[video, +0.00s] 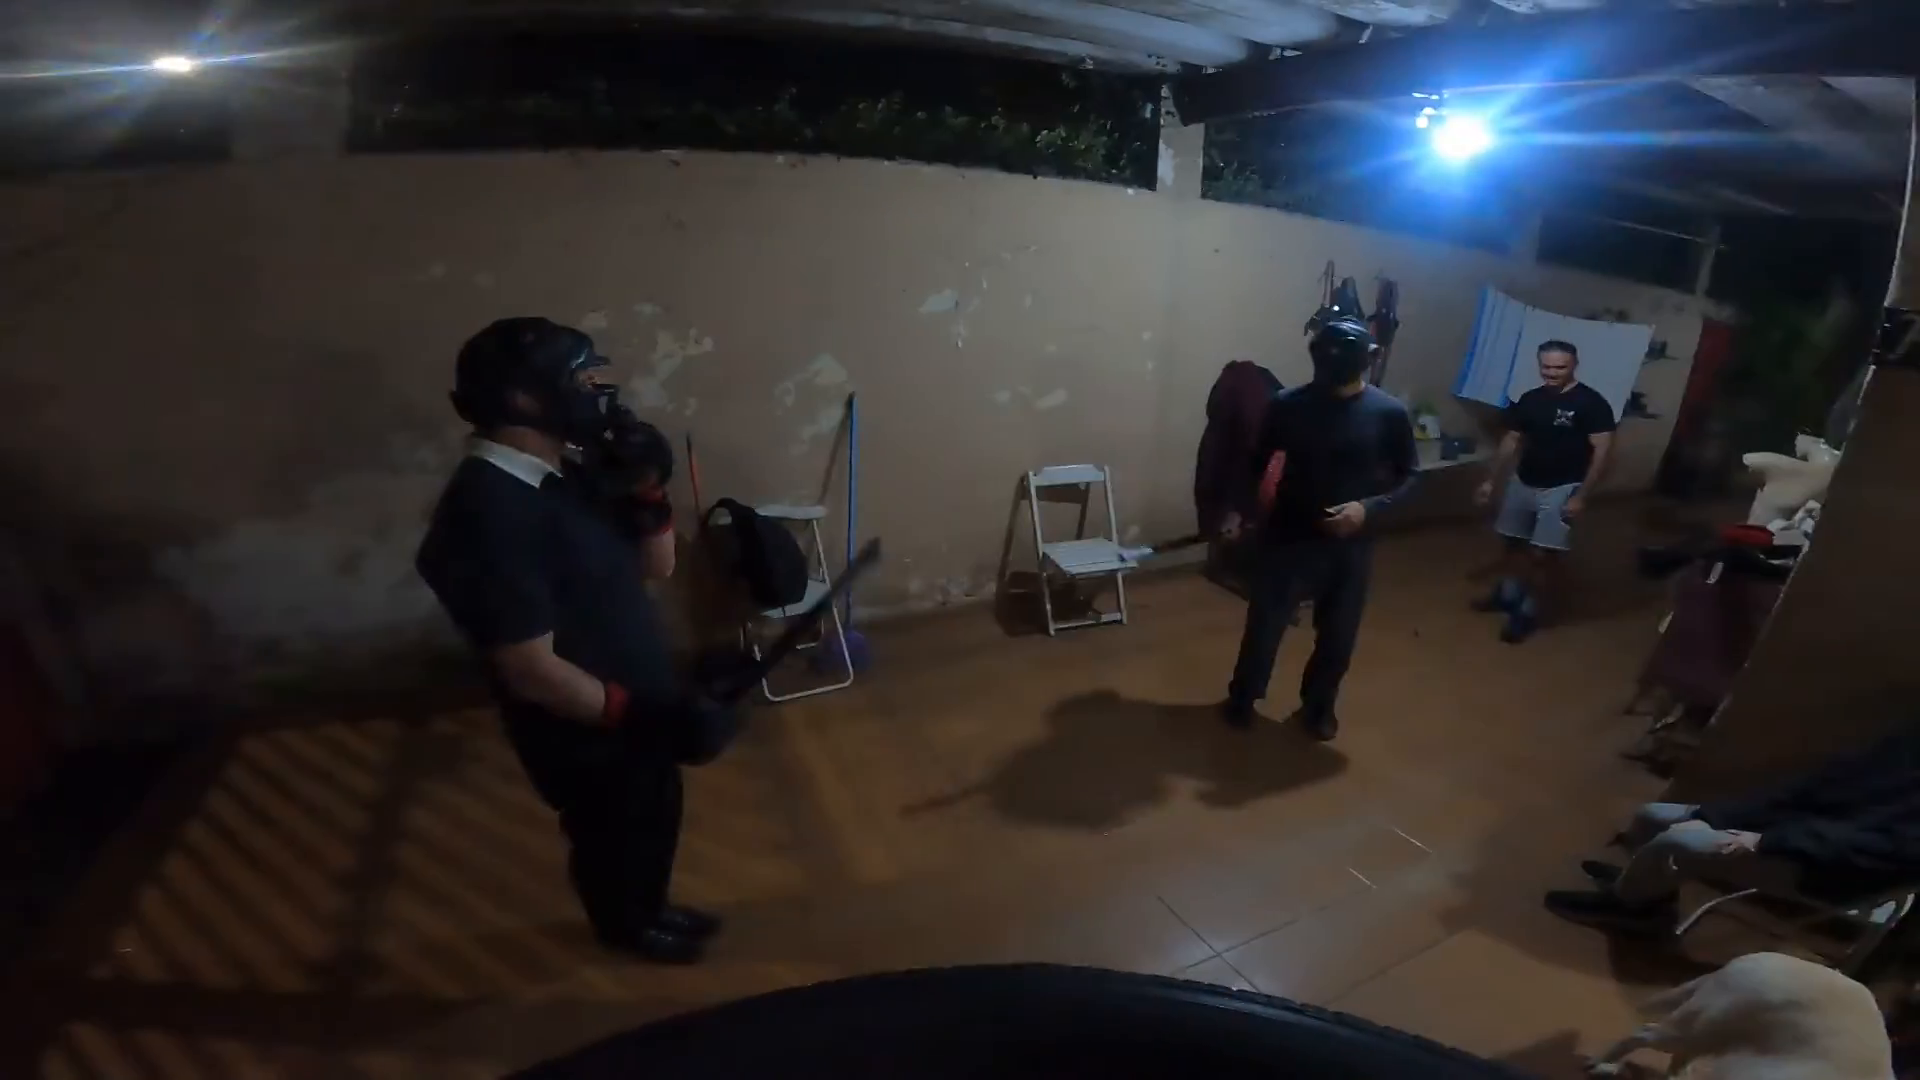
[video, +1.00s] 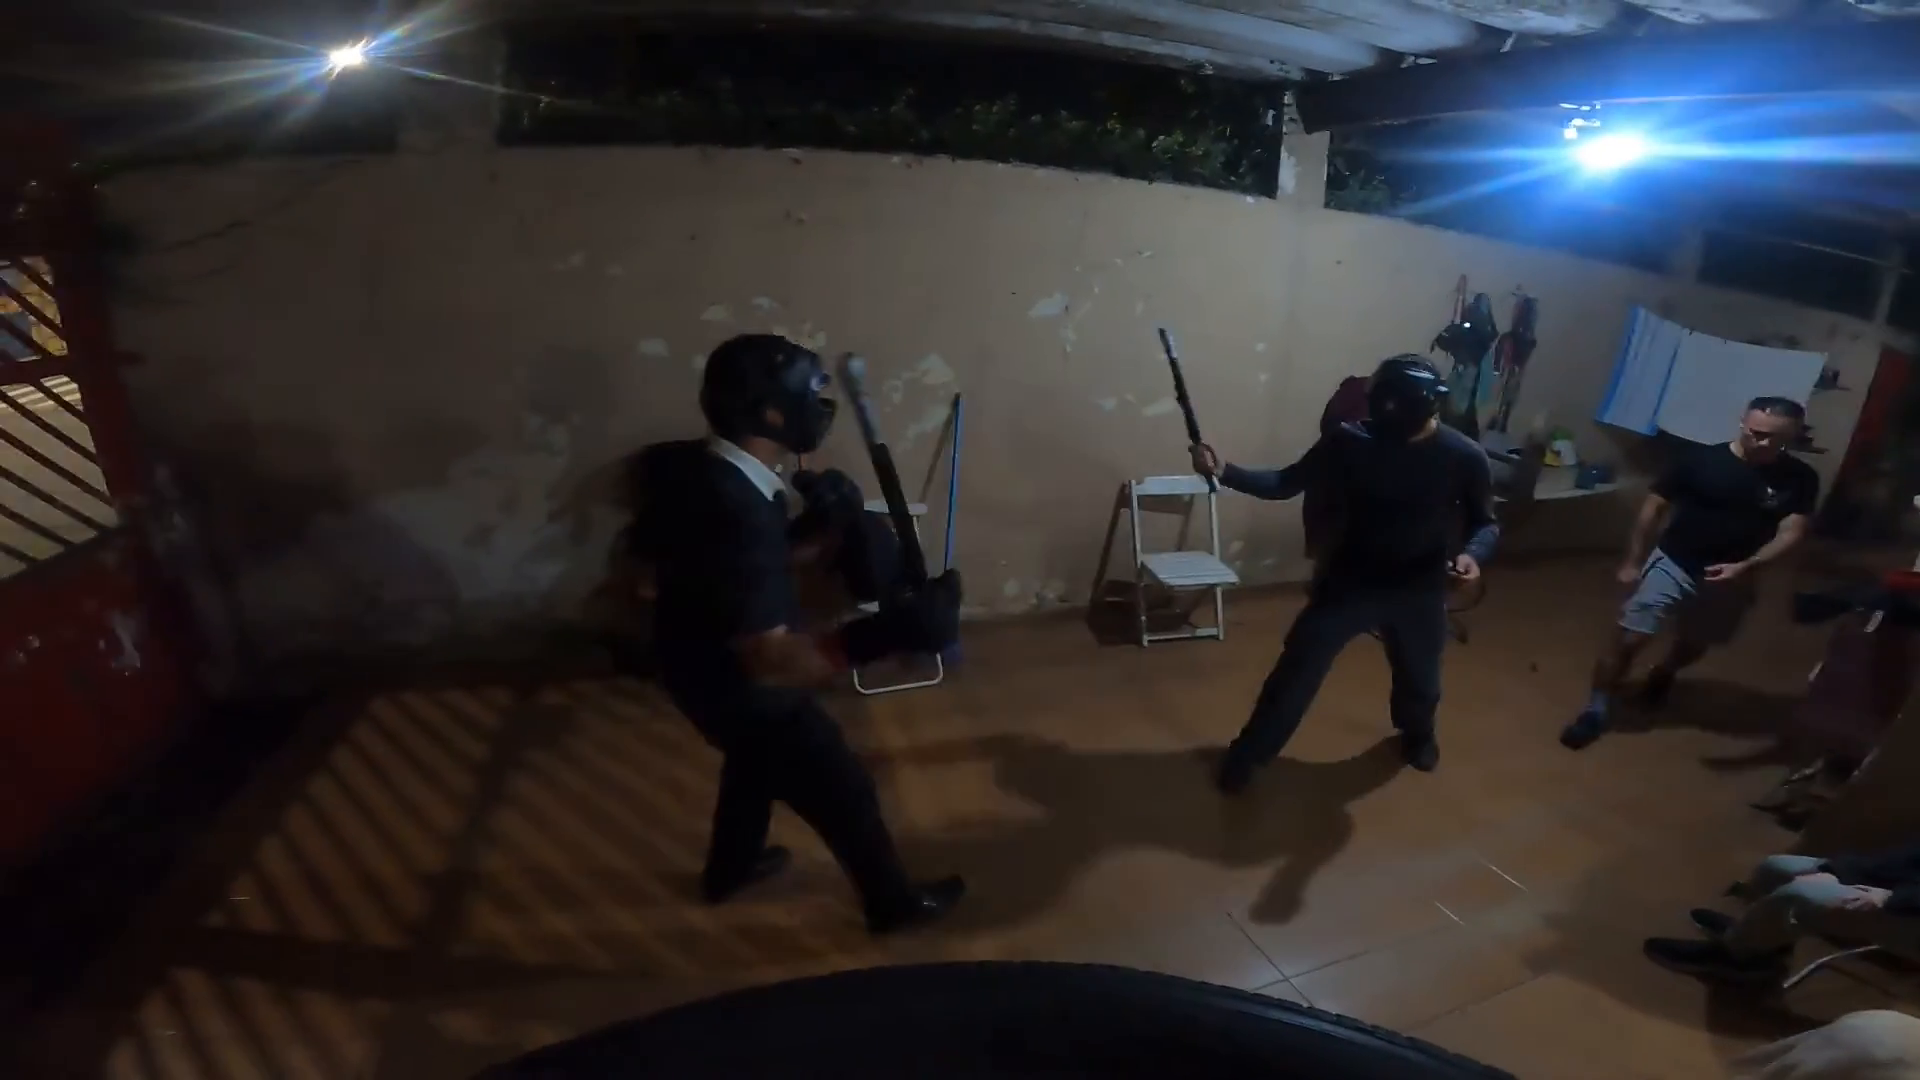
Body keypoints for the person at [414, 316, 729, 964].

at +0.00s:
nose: (594, 388)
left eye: (589, 373)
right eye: (573, 378)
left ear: (526, 403)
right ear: (523, 400)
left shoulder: (562, 477)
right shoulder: (482, 513)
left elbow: (655, 568)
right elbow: (528, 667)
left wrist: (646, 492)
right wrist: (642, 713)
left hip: (629, 696)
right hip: (572, 723)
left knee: (648, 814)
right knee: (610, 830)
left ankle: (648, 907)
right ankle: (623, 926)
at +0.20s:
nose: (637, 376)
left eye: (629, 360)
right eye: (614, 367)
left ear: (568, 397)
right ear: (565, 395)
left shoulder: (596, 471)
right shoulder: (526, 504)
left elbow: (623, 577)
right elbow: (555, 662)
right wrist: (650, 722)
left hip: (650, 695)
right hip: (600, 721)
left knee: (666, 817)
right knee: (632, 828)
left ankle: (668, 901)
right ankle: (643, 921)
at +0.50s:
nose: (684, 383)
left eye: (679, 368)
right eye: (665, 373)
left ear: (620, 398)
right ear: (620, 397)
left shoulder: (631, 466)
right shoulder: (588, 498)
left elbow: (635, 542)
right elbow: (616, 655)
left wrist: (692, 530)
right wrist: (713, 700)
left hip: (668, 689)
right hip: (633, 710)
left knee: (694, 788)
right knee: (666, 815)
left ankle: (695, 866)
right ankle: (662, 914)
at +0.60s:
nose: (703, 393)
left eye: (699, 378)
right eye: (687, 381)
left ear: (643, 401)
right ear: (644, 400)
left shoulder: (648, 468)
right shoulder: (609, 499)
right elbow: (638, 652)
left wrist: (705, 518)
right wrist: (745, 682)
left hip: (677, 683)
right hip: (649, 702)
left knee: (707, 785)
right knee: (707, 810)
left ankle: (703, 861)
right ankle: (672, 909)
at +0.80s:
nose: (753, 400)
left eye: (750, 385)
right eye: (738, 389)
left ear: (692, 408)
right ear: (697, 407)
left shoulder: (663, 470)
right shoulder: (662, 500)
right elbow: (689, 650)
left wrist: (748, 517)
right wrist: (793, 664)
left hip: (681, 670)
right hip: (679, 687)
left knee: (724, 765)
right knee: (798, 792)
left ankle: (709, 877)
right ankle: (755, 905)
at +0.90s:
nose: (787, 403)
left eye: (782, 389)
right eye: (771, 391)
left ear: (724, 411)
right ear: (730, 410)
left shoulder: (680, 473)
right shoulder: (701, 503)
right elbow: (718, 643)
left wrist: (784, 520)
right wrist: (808, 659)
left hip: (679, 668)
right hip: (704, 682)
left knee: (739, 752)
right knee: (819, 784)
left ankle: (723, 867)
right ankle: (837, 909)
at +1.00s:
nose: (823, 405)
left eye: (819, 392)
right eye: (809, 395)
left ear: (757, 414)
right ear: (770, 416)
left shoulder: (694, 472)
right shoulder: (742, 510)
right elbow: (765, 652)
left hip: (686, 660)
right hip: (730, 679)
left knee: (758, 745)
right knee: (834, 778)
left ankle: (732, 861)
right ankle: (890, 900)